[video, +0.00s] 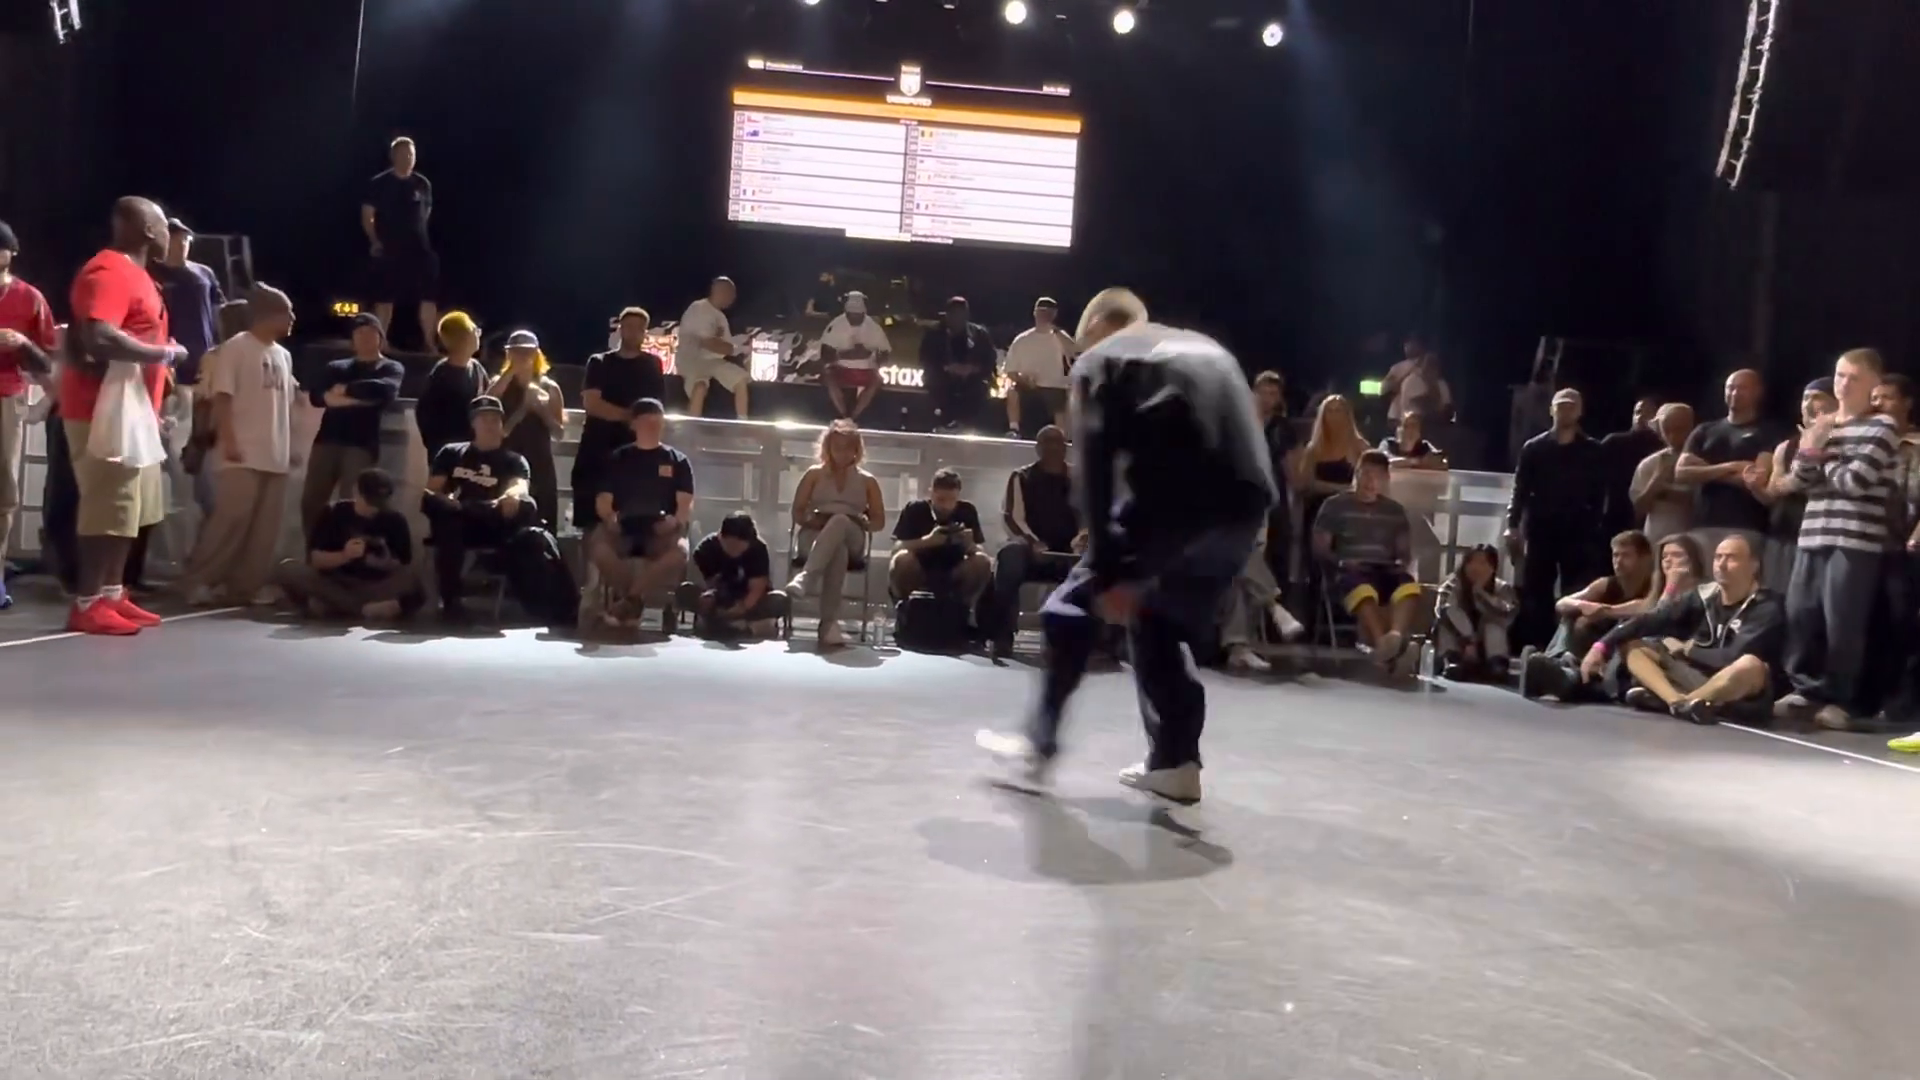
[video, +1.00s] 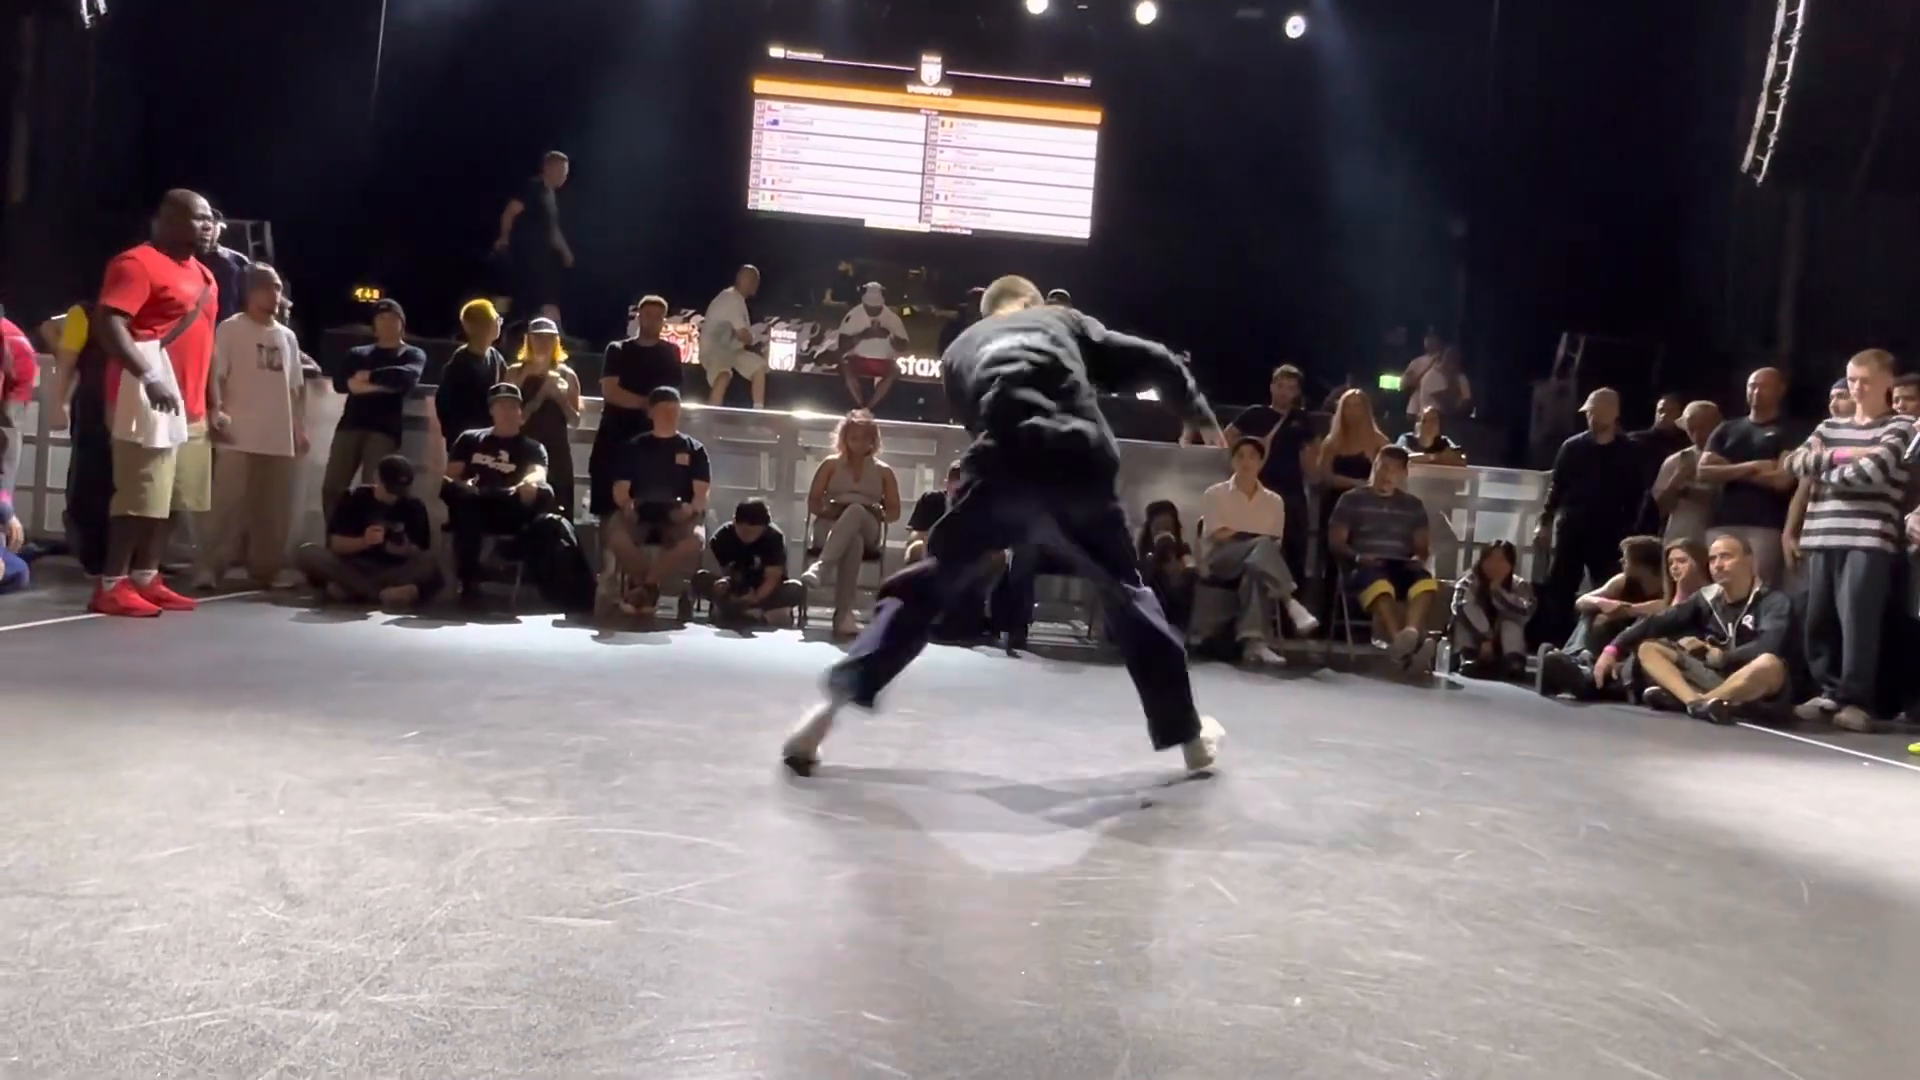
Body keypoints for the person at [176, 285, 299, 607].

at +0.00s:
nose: (292, 319)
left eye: (291, 313)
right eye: (286, 313)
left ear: (277, 317)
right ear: (266, 316)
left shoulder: (282, 355)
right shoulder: (234, 348)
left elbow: (286, 403)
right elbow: (222, 398)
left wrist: (287, 446)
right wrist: (228, 440)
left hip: (274, 452)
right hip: (240, 452)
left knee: (265, 527)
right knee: (232, 517)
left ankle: (250, 585)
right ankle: (199, 579)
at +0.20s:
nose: (290, 314)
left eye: (291, 308)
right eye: (283, 307)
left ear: (288, 311)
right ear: (263, 308)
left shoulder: (290, 352)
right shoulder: (236, 345)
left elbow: (296, 402)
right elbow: (224, 393)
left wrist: (298, 440)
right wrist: (227, 432)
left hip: (281, 449)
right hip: (247, 448)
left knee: (272, 521)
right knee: (244, 511)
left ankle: (256, 580)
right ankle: (211, 574)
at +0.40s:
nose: (291, 311)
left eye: (294, 305)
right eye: (285, 304)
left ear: (295, 309)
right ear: (265, 305)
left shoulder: (297, 350)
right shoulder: (240, 342)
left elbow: (301, 401)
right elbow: (223, 389)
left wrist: (304, 440)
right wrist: (226, 427)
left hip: (285, 448)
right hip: (249, 446)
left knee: (275, 520)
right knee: (244, 513)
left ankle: (259, 579)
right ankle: (218, 574)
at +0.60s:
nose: (293, 308)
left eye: (295, 302)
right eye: (286, 301)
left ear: (297, 306)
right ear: (268, 302)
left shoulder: (300, 348)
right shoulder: (243, 338)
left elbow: (304, 398)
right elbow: (226, 384)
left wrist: (306, 438)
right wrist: (233, 423)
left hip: (287, 445)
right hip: (250, 442)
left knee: (277, 517)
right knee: (241, 509)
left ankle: (264, 575)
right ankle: (213, 571)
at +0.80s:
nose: (286, 303)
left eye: (289, 297)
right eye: (279, 296)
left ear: (291, 301)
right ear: (260, 298)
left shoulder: (296, 343)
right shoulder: (238, 335)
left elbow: (301, 394)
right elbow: (224, 383)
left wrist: (305, 433)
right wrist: (231, 424)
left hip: (284, 443)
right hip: (246, 440)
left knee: (276, 516)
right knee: (236, 509)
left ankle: (265, 574)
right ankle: (206, 571)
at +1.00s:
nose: (275, 295)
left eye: (278, 289)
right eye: (268, 289)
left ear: (279, 294)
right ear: (250, 292)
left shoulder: (287, 337)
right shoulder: (228, 330)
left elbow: (296, 387)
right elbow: (215, 375)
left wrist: (298, 427)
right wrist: (215, 409)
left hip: (278, 438)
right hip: (237, 435)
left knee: (274, 511)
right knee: (224, 506)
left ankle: (268, 569)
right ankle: (209, 568)